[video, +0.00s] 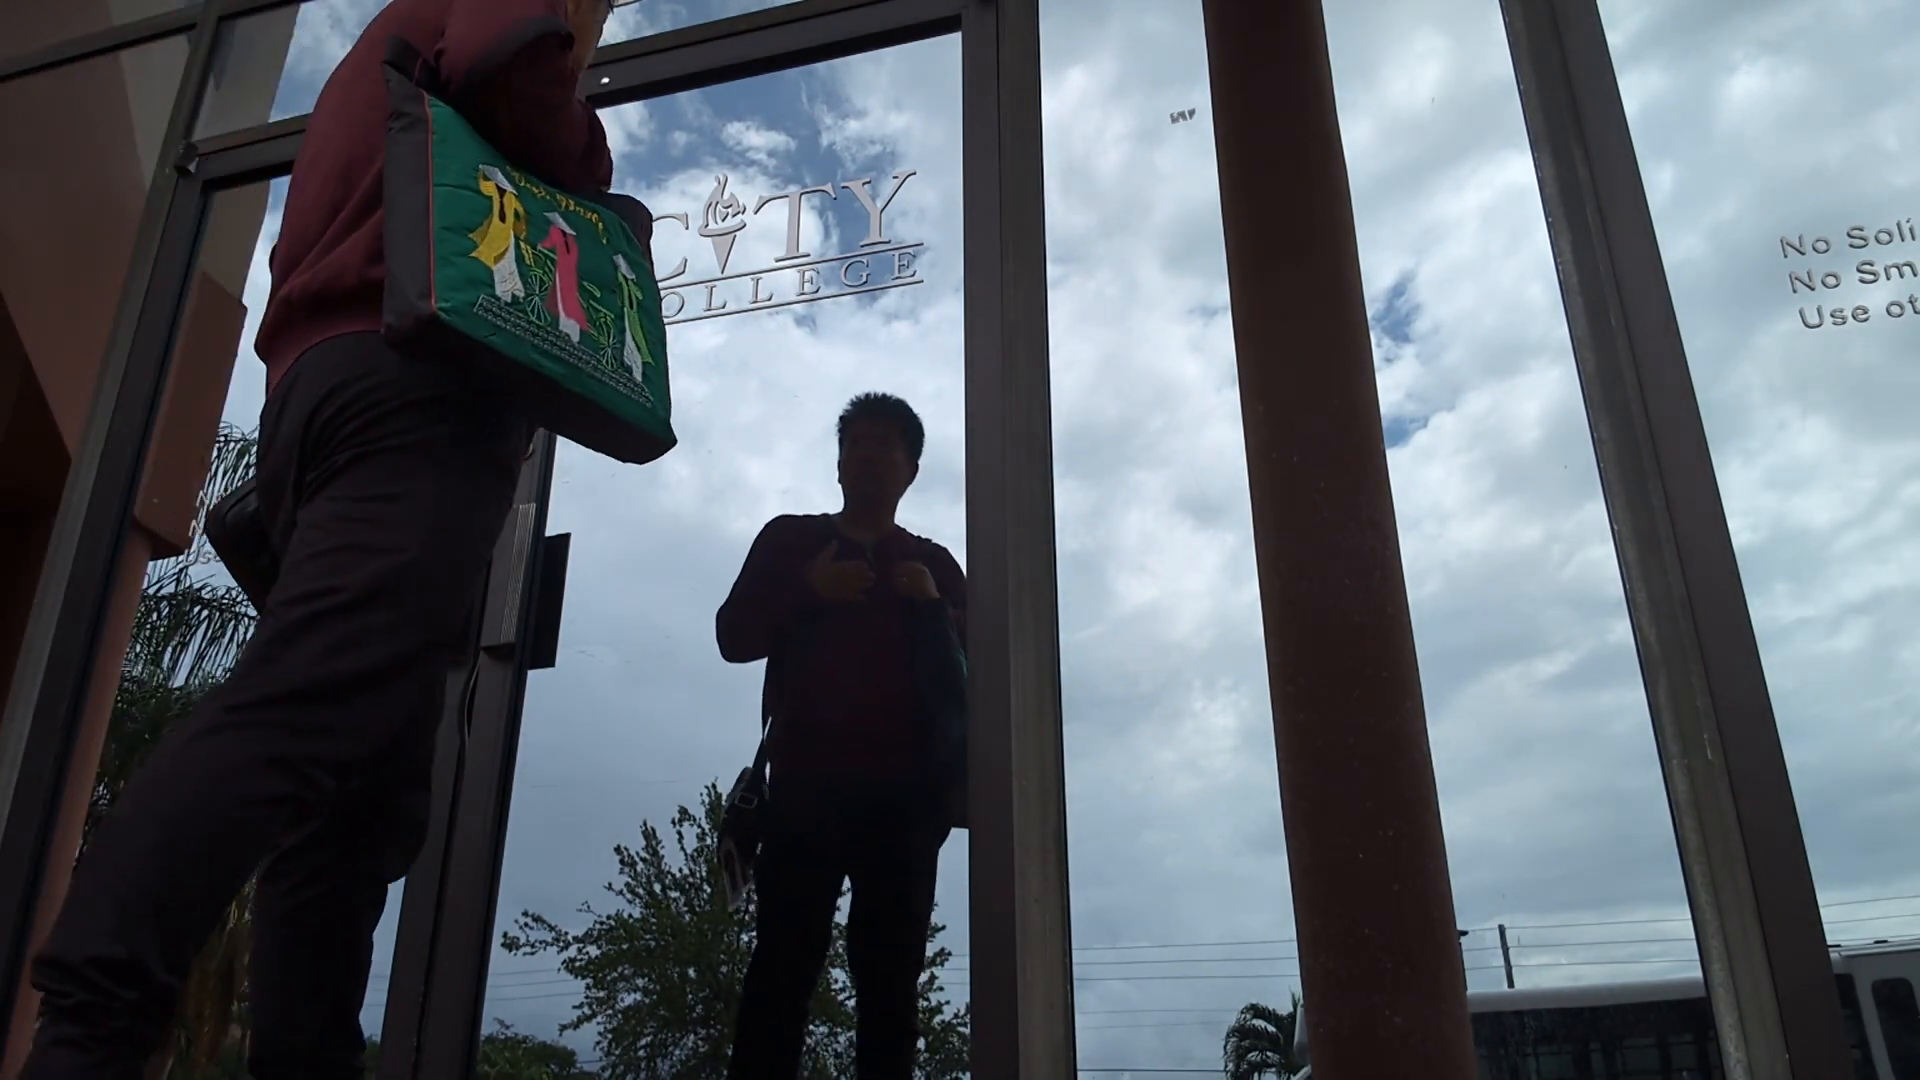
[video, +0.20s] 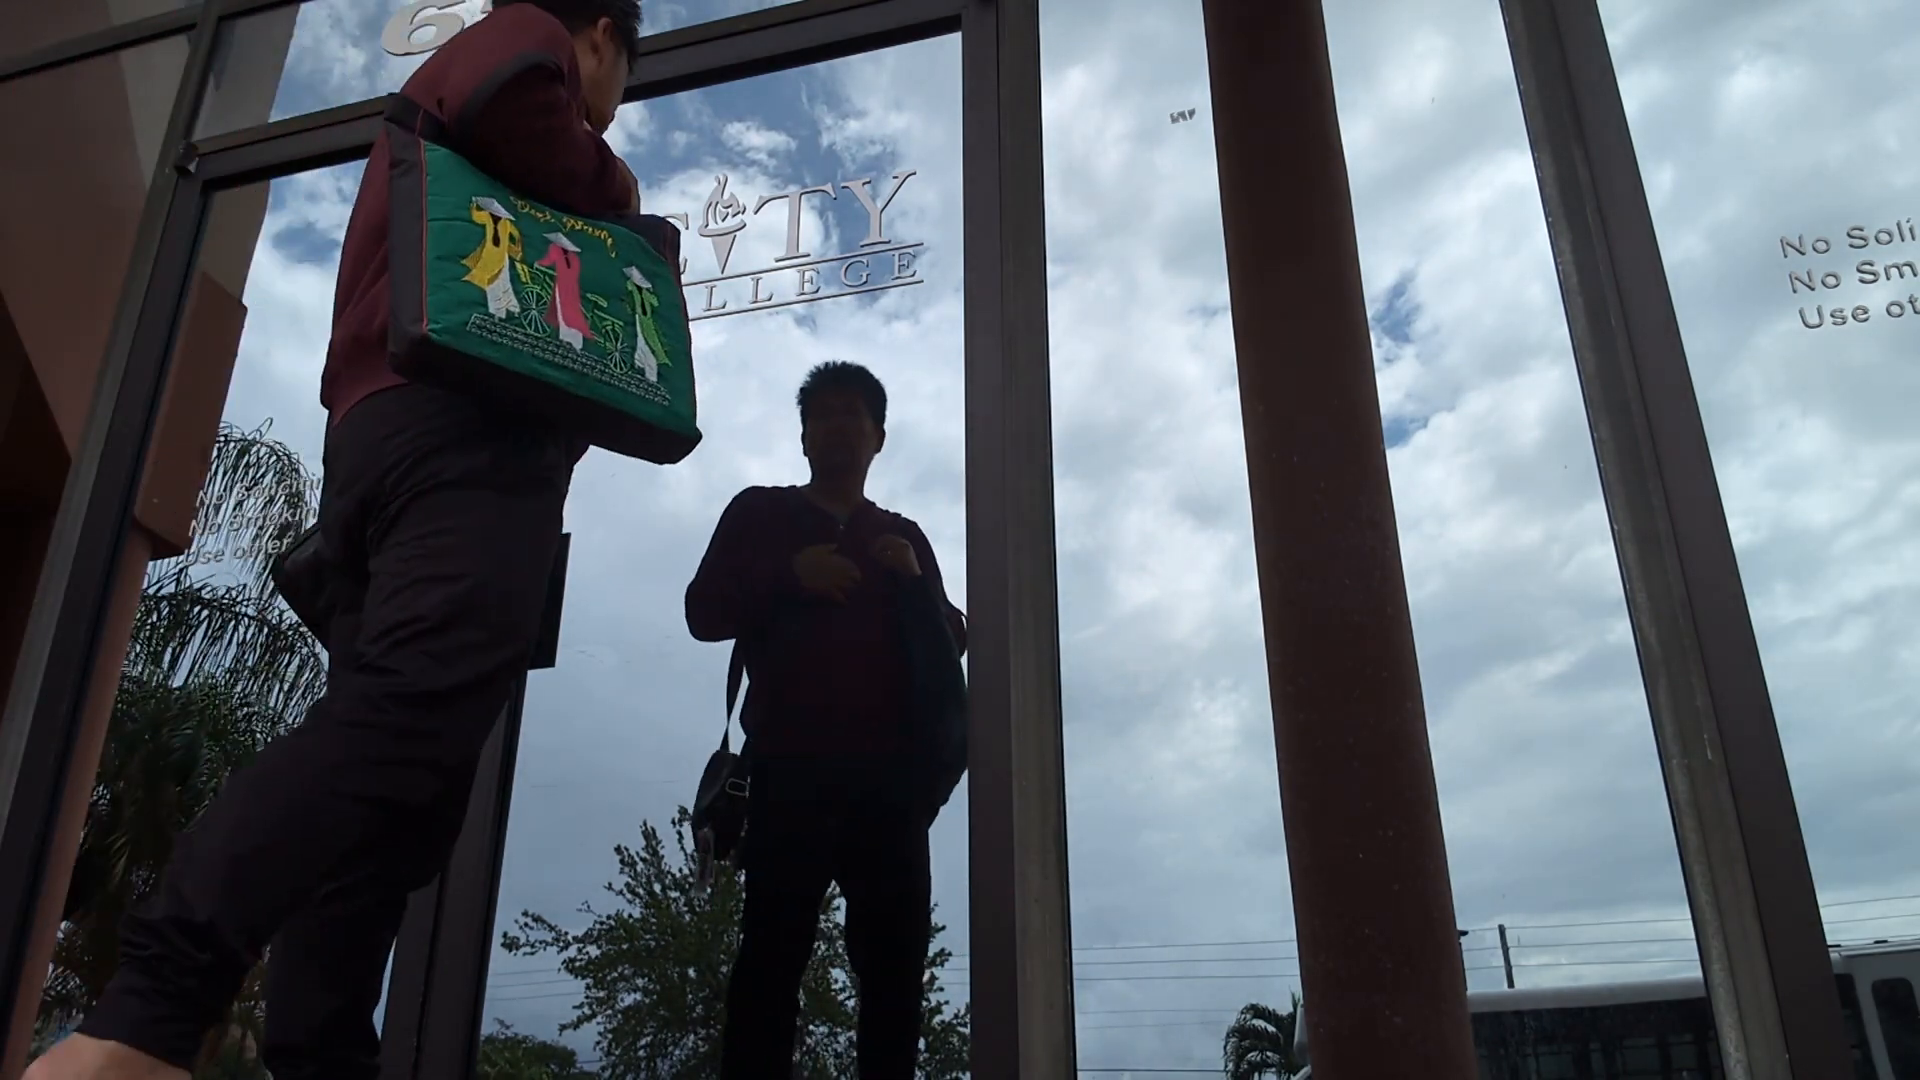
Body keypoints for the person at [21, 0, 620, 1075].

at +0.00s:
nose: (587, 54)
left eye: (589, 41)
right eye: (586, 33)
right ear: (557, 5)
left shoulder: (353, 89)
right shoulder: (483, 3)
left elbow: (305, 273)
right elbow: (504, 59)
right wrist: (588, 179)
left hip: (306, 413)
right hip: (413, 379)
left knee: (361, 804)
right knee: (293, 729)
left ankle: (303, 1059)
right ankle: (83, 1037)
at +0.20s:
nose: (613, 97)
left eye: (617, 82)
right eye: (618, 67)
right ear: (587, 31)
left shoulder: (424, 128)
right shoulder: (523, 30)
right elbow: (514, 110)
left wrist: (619, 258)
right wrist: (614, 194)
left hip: (379, 447)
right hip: (463, 423)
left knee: (404, 785)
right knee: (388, 737)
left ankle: (320, 1057)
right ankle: (132, 1031)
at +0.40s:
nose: (648, 148)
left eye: (654, 130)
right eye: (651, 119)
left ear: (601, 97)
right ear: (609, 79)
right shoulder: (537, 77)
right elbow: (479, 135)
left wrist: (654, 276)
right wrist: (618, 213)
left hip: (440, 465)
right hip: (489, 445)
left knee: (415, 752)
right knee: (525, 715)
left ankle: (335, 1057)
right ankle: (216, 1003)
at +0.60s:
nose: (683, 146)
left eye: (686, 130)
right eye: (677, 120)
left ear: (626, 115)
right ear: (619, 92)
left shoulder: (604, 215)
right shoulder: (554, 98)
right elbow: (485, 160)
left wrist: (669, 276)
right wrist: (630, 224)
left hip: (491, 473)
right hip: (510, 462)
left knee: (429, 749)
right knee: (551, 733)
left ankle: (334, 1043)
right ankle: (351, 1031)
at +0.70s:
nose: (692, 134)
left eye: (695, 120)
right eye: (683, 108)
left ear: (632, 112)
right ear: (617, 88)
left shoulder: (610, 212)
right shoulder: (559, 103)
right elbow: (491, 164)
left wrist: (677, 278)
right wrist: (636, 228)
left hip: (492, 473)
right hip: (526, 464)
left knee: (437, 755)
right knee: (532, 752)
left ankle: (338, 1040)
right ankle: (414, 1044)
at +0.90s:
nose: (699, 121)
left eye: (709, 113)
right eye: (684, 96)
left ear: (687, 132)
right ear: (615, 81)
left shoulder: (631, 227)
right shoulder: (571, 105)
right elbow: (501, 155)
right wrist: (648, 224)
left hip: (505, 467)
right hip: (537, 456)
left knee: (449, 753)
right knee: (531, 753)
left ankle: (346, 1035)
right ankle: (429, 1044)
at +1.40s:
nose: (685, 94)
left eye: (708, 91)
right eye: (672, 66)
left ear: (707, 113)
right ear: (615, 57)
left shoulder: (630, 184)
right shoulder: (566, 93)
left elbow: (566, 341)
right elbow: (479, 176)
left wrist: (666, 392)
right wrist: (628, 162)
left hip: (540, 474)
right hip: (536, 457)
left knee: (452, 761)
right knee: (508, 764)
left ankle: (340, 1042)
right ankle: (413, 1053)